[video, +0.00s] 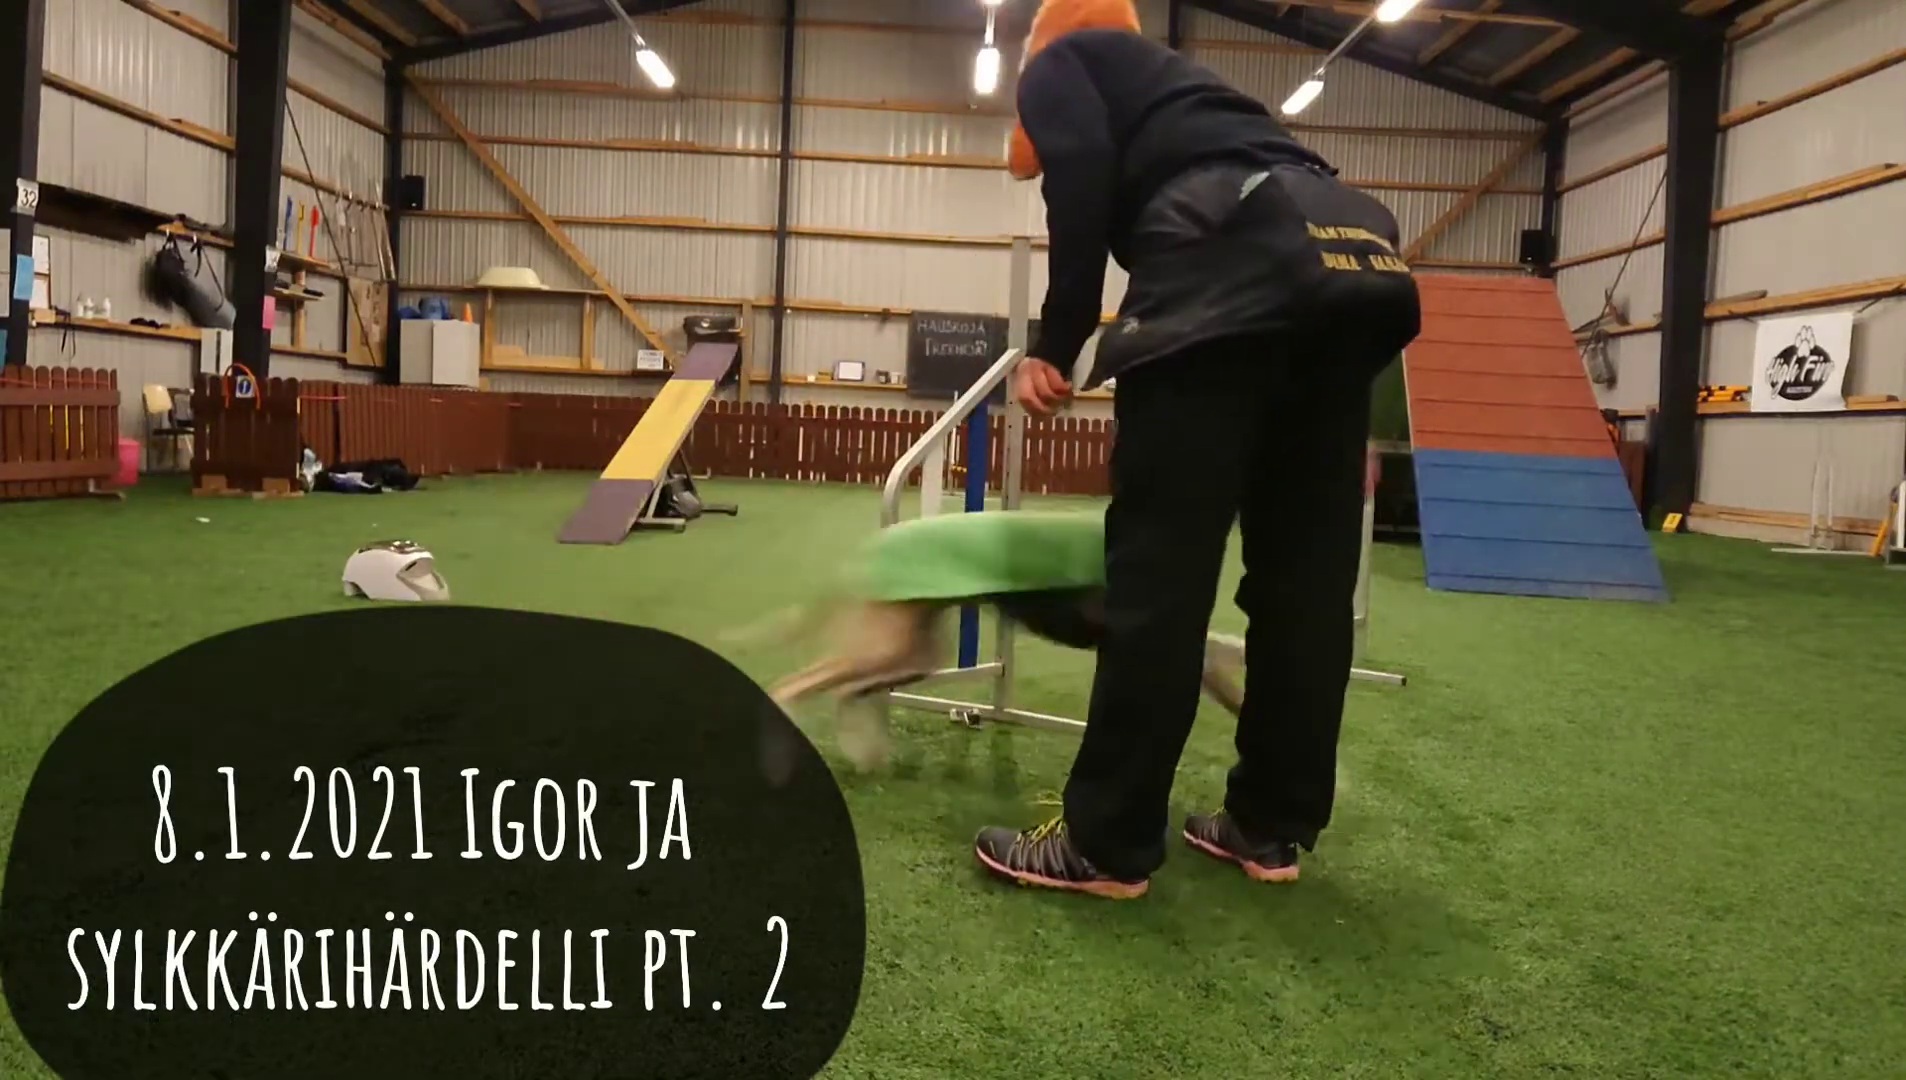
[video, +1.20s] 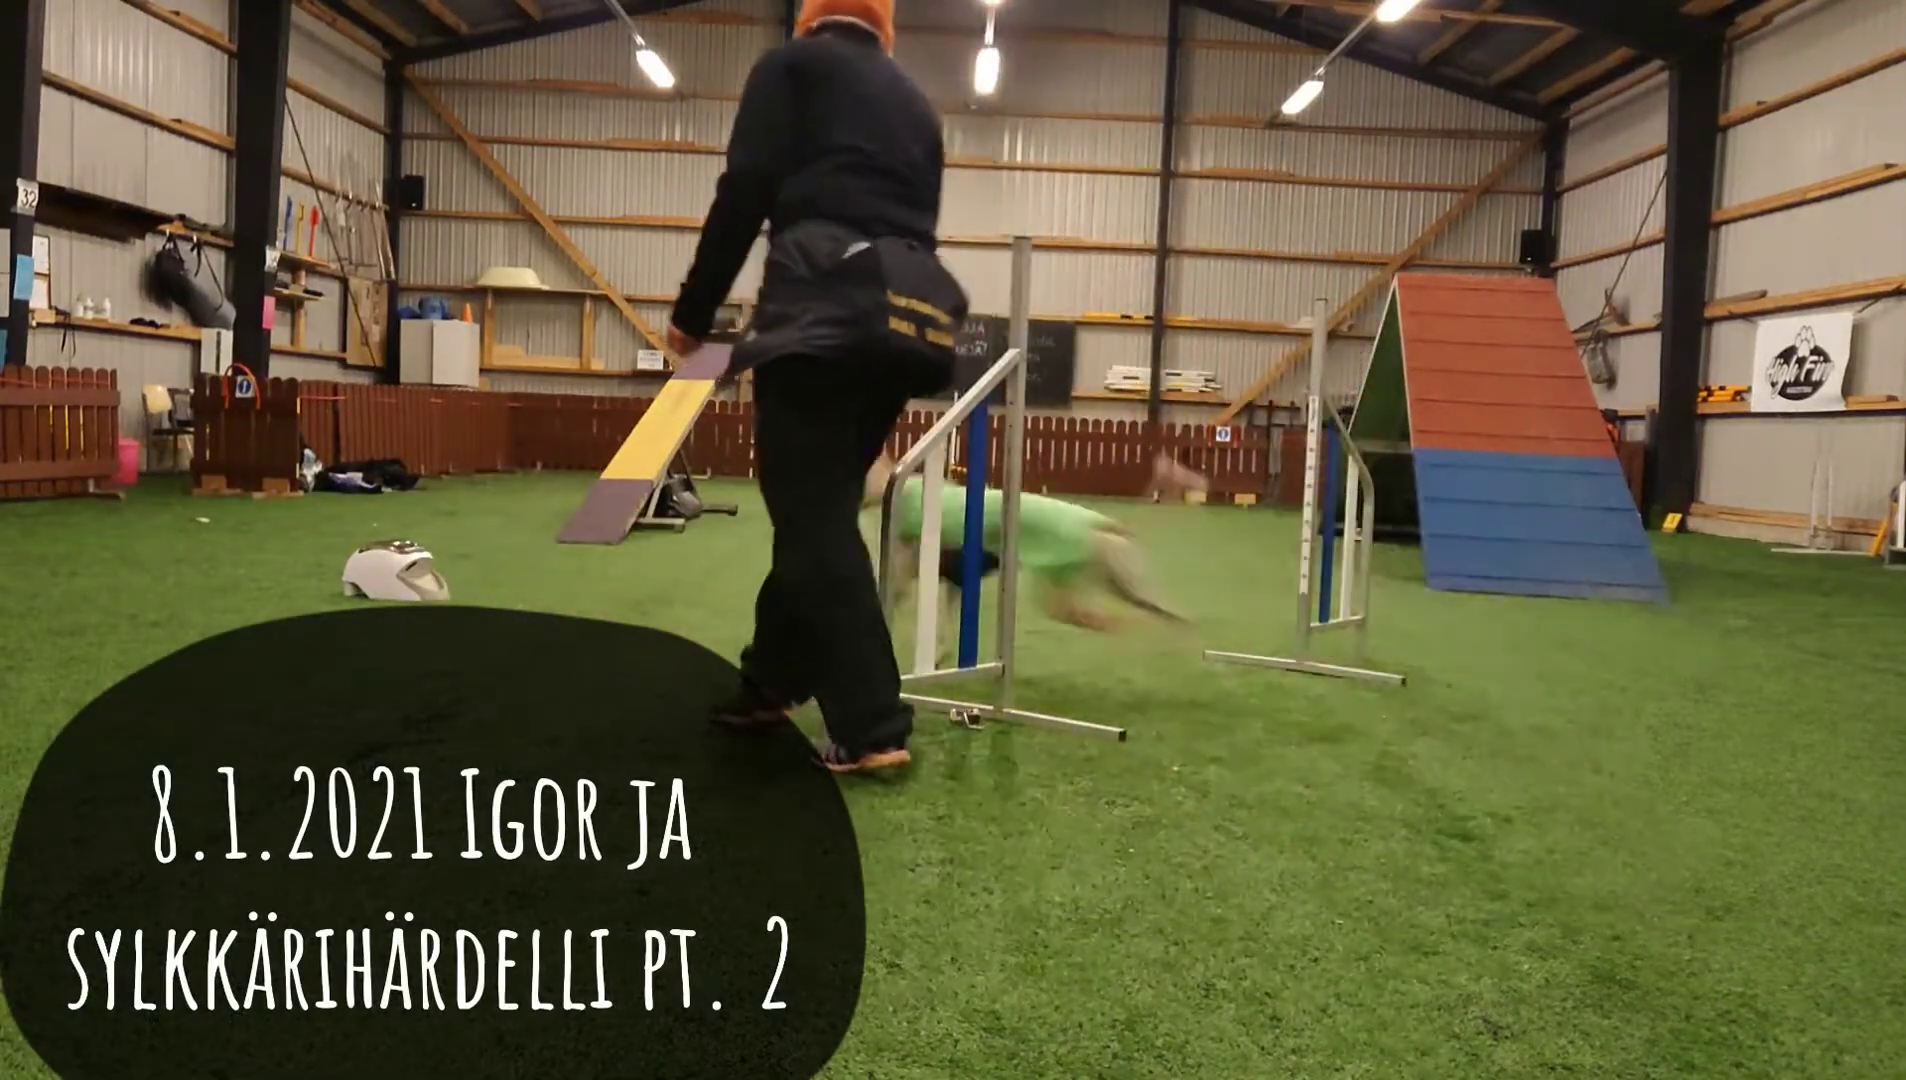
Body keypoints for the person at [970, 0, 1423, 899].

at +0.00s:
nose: (1034, 165)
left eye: (1031, 141)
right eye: (1028, 155)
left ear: (1047, 51)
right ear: (1120, 37)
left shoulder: (1058, 59)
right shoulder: (1199, 90)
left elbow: (1082, 165)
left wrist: (1056, 344)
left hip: (1218, 291)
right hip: (1348, 291)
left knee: (1157, 584)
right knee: (1304, 582)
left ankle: (1107, 842)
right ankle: (1272, 828)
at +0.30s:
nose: (1031, 43)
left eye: (1033, 34)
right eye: (1036, 35)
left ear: (1057, 31)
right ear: (1128, 34)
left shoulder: (1051, 66)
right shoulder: (1179, 85)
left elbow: (1051, 191)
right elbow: (1221, 240)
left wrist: (1009, 346)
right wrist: (1189, 420)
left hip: (1158, 304)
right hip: (1281, 311)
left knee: (1062, 557)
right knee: (1264, 574)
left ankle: (997, 792)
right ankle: (1270, 826)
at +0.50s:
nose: (994, 32)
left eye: (997, 25)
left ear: (1013, 27)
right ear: (1090, 33)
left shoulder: (990, 76)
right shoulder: (1132, 88)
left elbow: (971, 202)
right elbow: (1155, 218)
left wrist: (923, 354)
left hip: (1061, 337)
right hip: (1188, 336)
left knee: (976, 549)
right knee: (1209, 568)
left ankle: (898, 737)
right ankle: (1261, 808)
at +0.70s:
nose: (908, 34)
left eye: (911, 25)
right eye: (1019, 34)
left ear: (926, 27)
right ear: (1005, 36)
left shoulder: (897, 77)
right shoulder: (1040, 94)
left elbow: (856, 211)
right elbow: (1045, 217)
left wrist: (806, 352)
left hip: (938, 324)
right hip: (1063, 326)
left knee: (885, 533)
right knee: (1075, 540)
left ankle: (873, 745)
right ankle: (1183, 709)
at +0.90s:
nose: (859, 30)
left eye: (861, 22)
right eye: (958, 32)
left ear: (872, 24)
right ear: (946, 37)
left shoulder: (843, 68)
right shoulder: (986, 105)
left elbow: (789, 199)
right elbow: (984, 230)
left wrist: (740, 337)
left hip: (877, 322)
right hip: (989, 329)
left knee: (852, 533)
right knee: (910, 506)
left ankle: (872, 745)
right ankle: (991, 678)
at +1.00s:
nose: (837, 31)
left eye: (839, 23)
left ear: (851, 25)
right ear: (925, 39)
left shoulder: (823, 68)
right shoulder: (962, 104)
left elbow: (775, 204)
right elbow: (963, 227)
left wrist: (729, 338)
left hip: (855, 315)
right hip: (963, 327)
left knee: (839, 522)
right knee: (870, 503)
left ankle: (873, 743)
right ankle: (884, 710)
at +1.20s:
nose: (797, 31)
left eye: (799, 22)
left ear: (812, 22)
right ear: (883, 37)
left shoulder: (790, 63)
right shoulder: (917, 106)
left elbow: (746, 188)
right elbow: (911, 234)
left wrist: (691, 314)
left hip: (813, 311)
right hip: (906, 324)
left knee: (814, 518)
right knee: (817, 515)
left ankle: (875, 731)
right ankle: (768, 685)